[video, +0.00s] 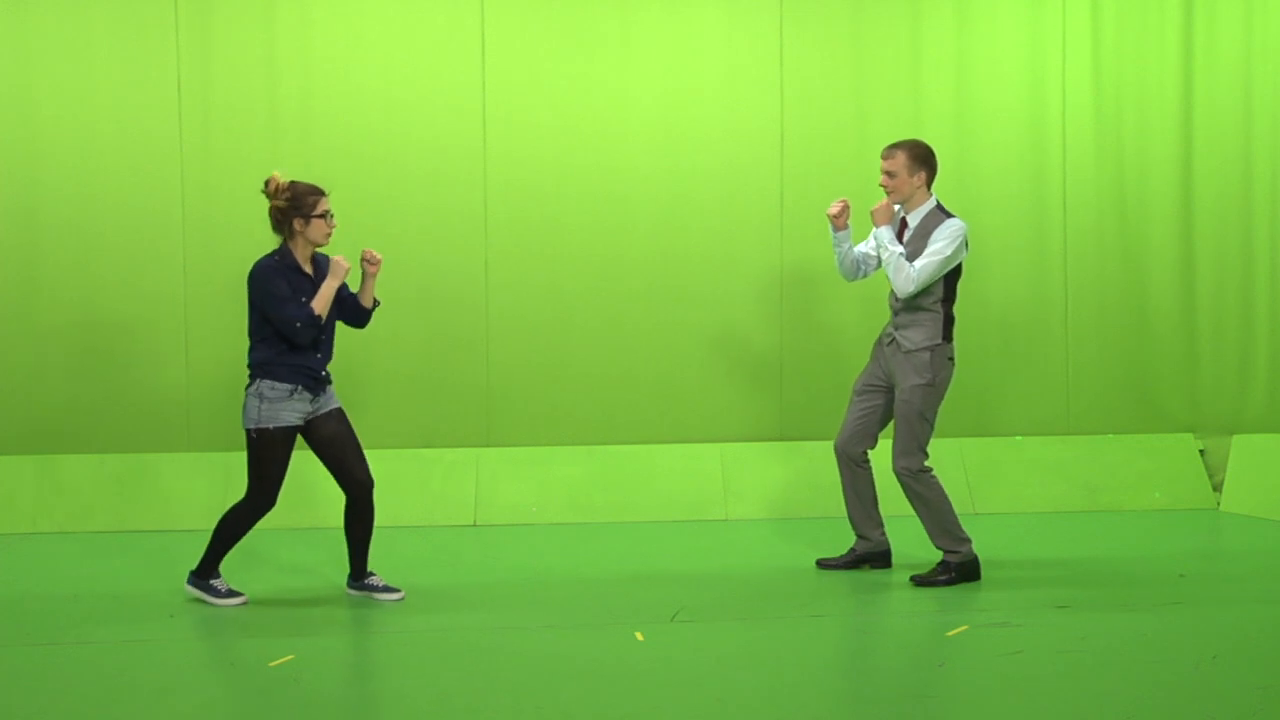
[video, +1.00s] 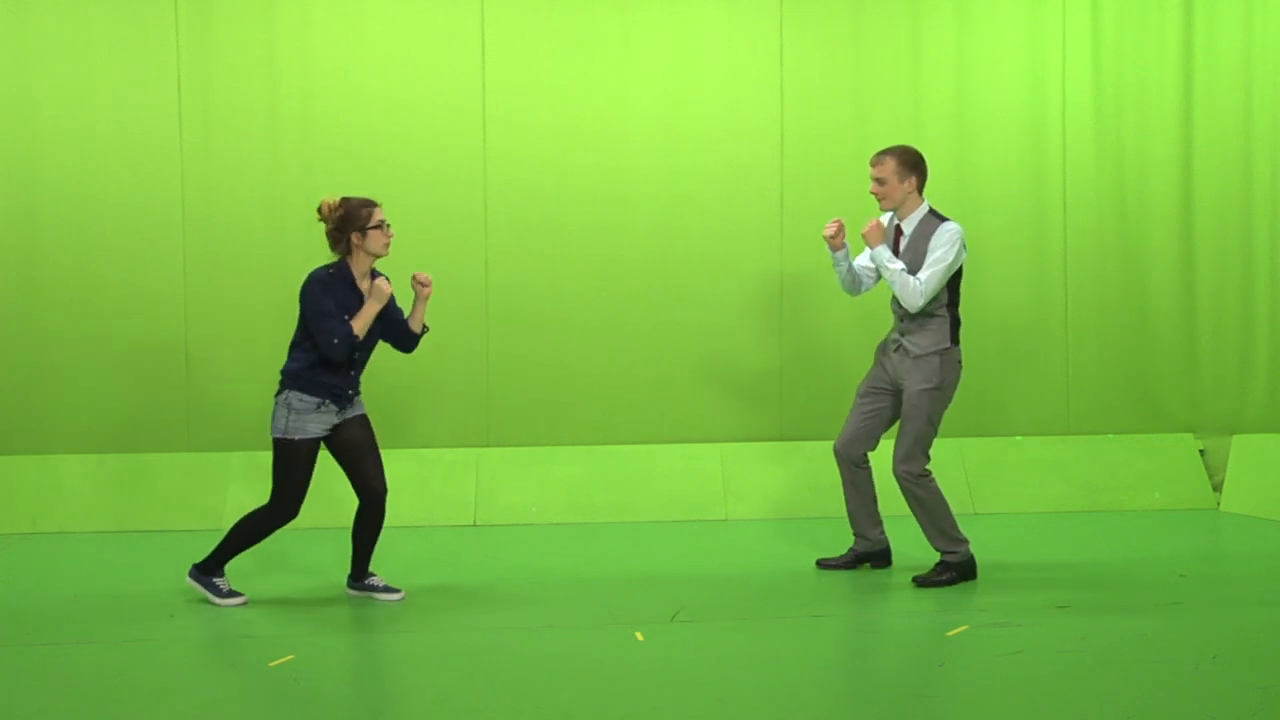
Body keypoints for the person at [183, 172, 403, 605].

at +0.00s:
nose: (332, 224)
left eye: (331, 216)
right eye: (324, 217)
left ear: (311, 223)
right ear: (297, 224)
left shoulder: (321, 268)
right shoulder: (267, 272)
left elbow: (358, 318)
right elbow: (302, 330)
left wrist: (369, 280)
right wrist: (333, 282)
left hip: (316, 392)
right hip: (273, 393)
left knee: (360, 485)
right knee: (261, 497)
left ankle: (359, 576)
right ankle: (203, 573)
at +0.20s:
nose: (325, 229)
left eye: (324, 221)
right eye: (317, 222)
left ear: (299, 230)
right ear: (290, 230)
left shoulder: (318, 274)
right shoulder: (260, 280)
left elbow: (355, 326)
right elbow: (290, 336)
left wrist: (367, 287)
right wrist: (324, 287)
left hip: (319, 399)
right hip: (275, 400)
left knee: (365, 487)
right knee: (265, 502)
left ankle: (359, 576)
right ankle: (203, 574)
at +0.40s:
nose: (337, 209)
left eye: (335, 201)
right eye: (327, 203)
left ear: (319, 208)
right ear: (301, 211)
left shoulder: (331, 255)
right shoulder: (272, 261)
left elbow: (377, 295)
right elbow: (306, 317)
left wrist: (386, 257)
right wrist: (331, 266)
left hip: (330, 381)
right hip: (284, 383)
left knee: (357, 481)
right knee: (268, 489)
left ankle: (360, 574)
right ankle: (210, 567)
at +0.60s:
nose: (341, 231)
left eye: (340, 223)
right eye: (332, 225)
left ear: (319, 231)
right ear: (306, 232)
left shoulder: (332, 278)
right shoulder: (275, 283)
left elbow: (370, 327)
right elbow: (305, 341)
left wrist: (380, 290)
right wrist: (333, 291)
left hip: (338, 400)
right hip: (293, 405)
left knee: (373, 490)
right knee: (284, 510)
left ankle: (360, 576)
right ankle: (208, 569)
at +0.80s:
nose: (363, 219)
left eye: (361, 212)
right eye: (354, 213)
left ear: (334, 221)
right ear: (328, 221)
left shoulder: (348, 266)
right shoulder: (292, 268)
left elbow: (380, 322)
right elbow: (315, 329)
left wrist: (394, 281)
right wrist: (349, 283)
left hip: (334, 389)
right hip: (289, 390)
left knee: (366, 482)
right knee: (276, 496)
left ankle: (360, 575)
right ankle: (208, 568)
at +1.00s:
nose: (389, 233)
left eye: (387, 226)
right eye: (380, 227)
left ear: (367, 238)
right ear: (356, 238)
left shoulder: (374, 287)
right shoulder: (321, 284)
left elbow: (406, 342)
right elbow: (337, 347)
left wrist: (421, 301)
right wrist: (375, 303)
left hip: (345, 403)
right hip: (301, 402)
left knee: (374, 494)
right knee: (285, 506)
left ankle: (360, 576)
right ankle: (208, 568)